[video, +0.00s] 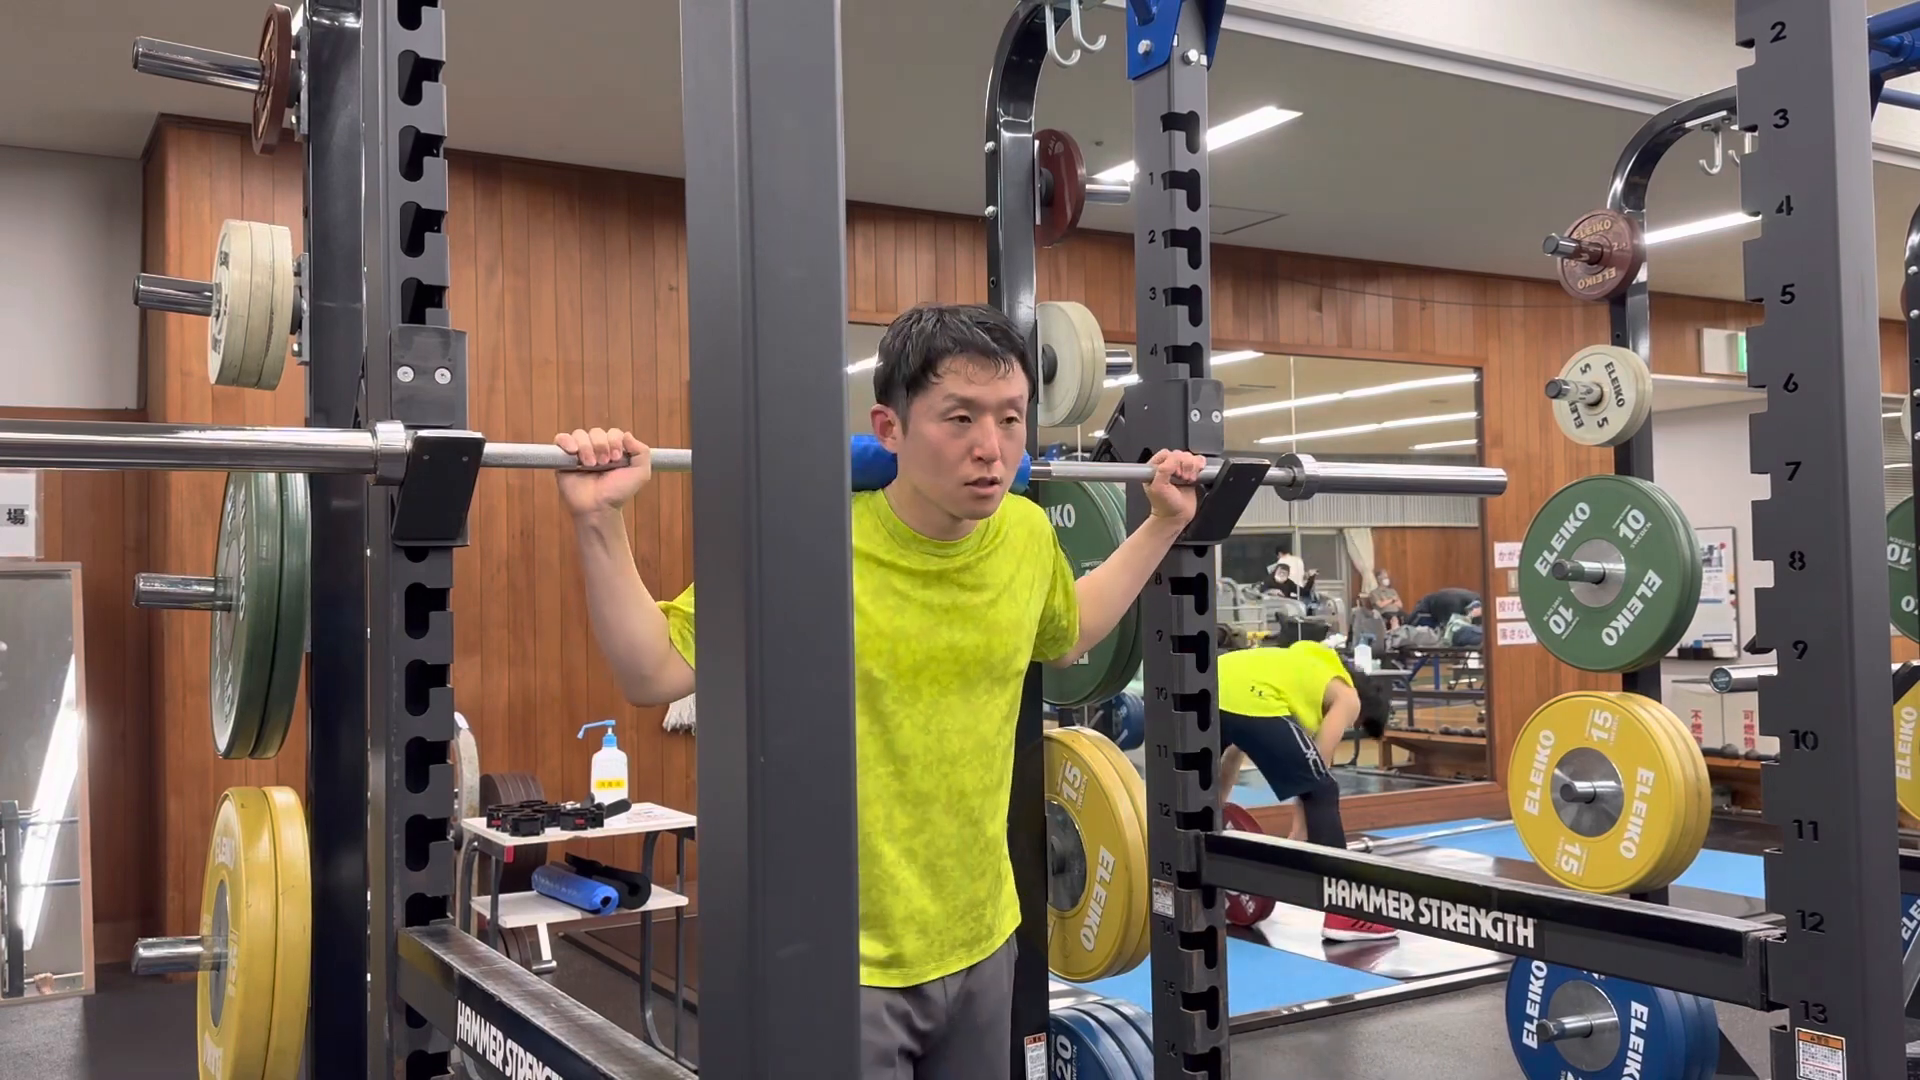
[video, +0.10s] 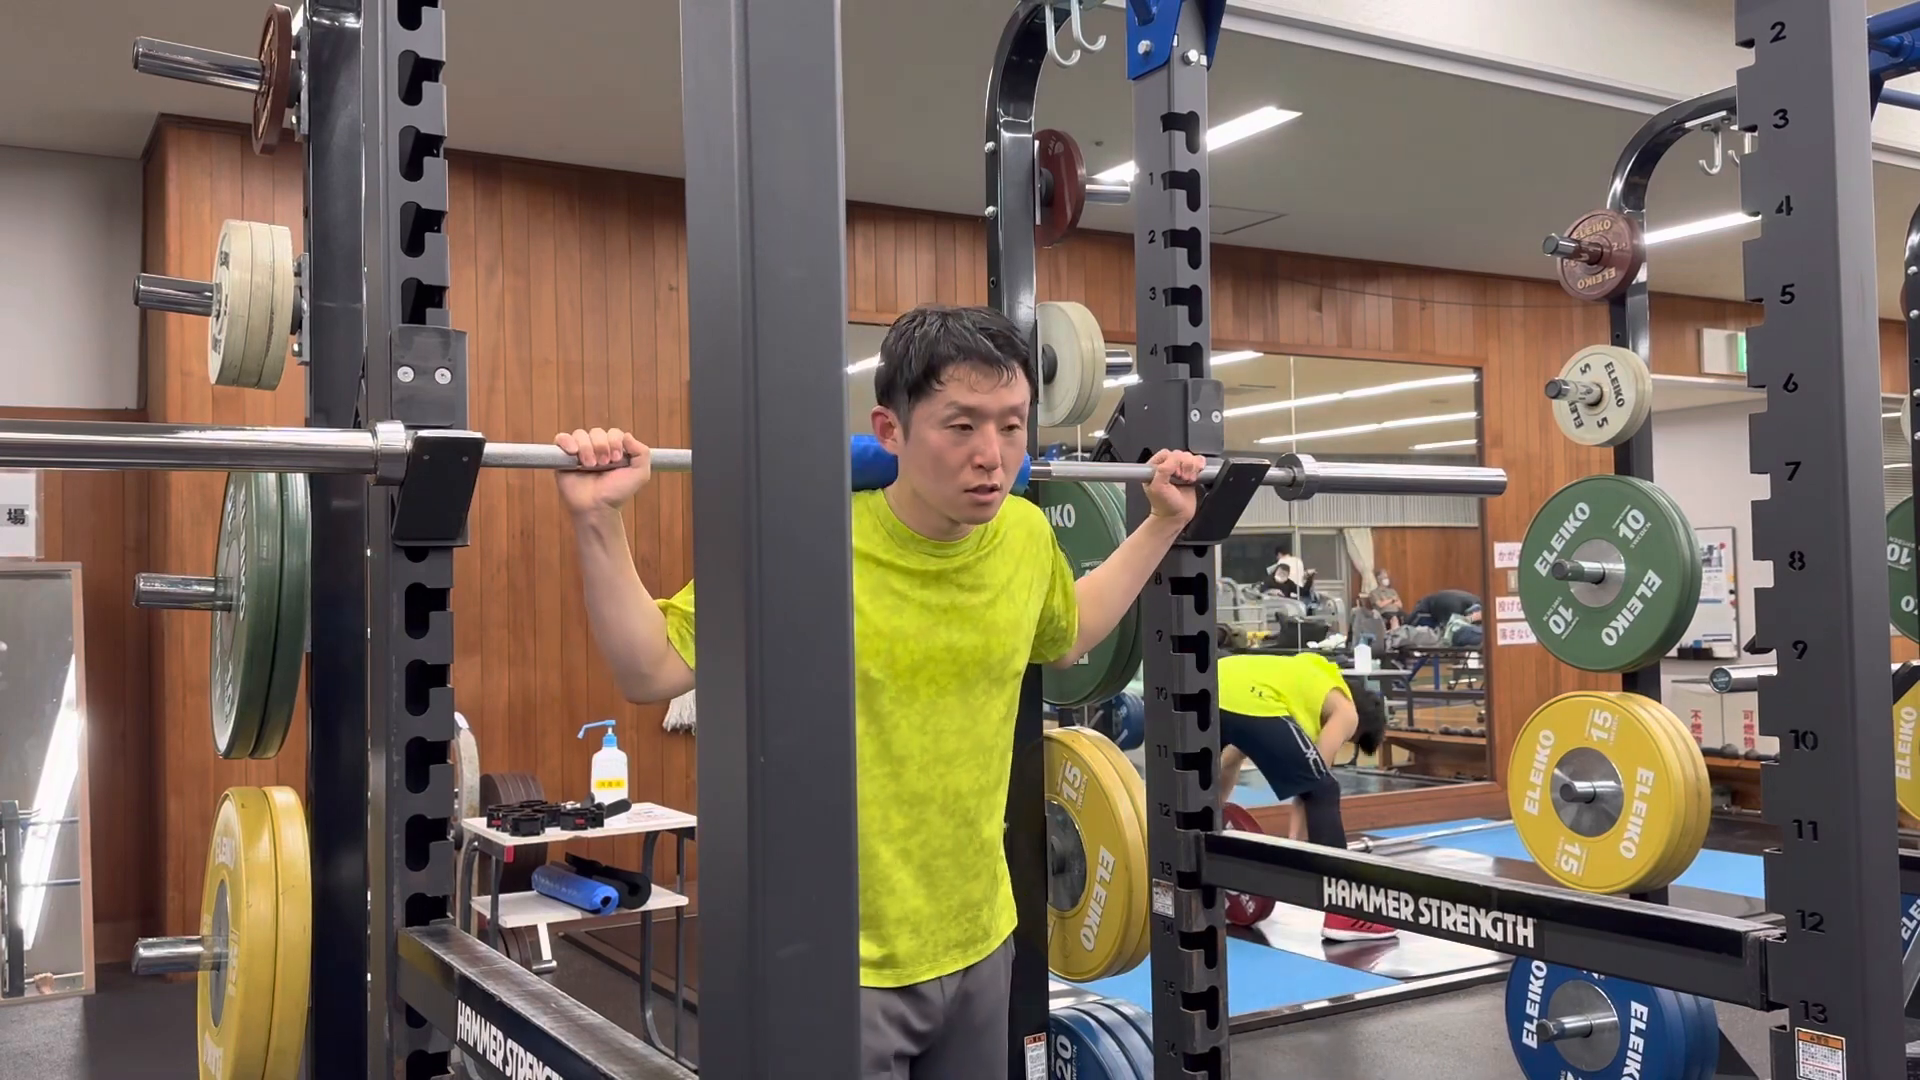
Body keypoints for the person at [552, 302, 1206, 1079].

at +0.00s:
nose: (990, 449)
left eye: (1009, 420)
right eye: (959, 417)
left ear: (1027, 428)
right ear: (890, 424)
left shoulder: (1025, 533)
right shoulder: (815, 541)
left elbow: (1064, 634)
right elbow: (654, 671)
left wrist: (1163, 527)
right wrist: (599, 523)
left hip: (983, 948)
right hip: (846, 965)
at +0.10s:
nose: (991, 457)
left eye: (1010, 428)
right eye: (961, 426)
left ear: (1028, 431)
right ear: (892, 427)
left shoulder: (1024, 535)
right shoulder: (815, 541)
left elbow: (1063, 635)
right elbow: (651, 667)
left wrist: (1162, 527)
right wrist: (598, 523)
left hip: (980, 952)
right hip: (844, 969)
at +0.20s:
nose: (993, 461)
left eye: (1013, 432)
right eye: (963, 430)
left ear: (1030, 433)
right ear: (892, 427)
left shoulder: (1024, 536)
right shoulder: (812, 539)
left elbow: (1067, 636)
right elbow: (650, 667)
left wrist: (1164, 526)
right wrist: (596, 523)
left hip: (976, 954)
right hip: (836, 970)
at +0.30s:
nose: (989, 458)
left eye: (1009, 429)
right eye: (960, 427)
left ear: (1027, 428)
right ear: (888, 423)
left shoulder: (1022, 534)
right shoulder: (809, 538)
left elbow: (1066, 636)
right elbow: (648, 670)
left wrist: (1164, 524)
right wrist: (595, 521)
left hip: (972, 954)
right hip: (828, 966)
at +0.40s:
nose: (977, 451)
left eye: (997, 422)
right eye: (948, 421)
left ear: (1017, 423)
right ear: (877, 417)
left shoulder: (1016, 531)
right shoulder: (804, 530)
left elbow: (1064, 634)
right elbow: (647, 671)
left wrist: (1164, 525)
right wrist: (596, 522)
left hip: (974, 955)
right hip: (828, 972)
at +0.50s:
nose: (974, 450)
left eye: (993, 421)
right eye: (944, 420)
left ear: (1014, 422)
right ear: (874, 419)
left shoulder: (1015, 530)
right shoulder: (804, 531)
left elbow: (1062, 630)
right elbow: (650, 666)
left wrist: (1166, 524)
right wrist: (597, 520)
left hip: (978, 954)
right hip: (833, 970)